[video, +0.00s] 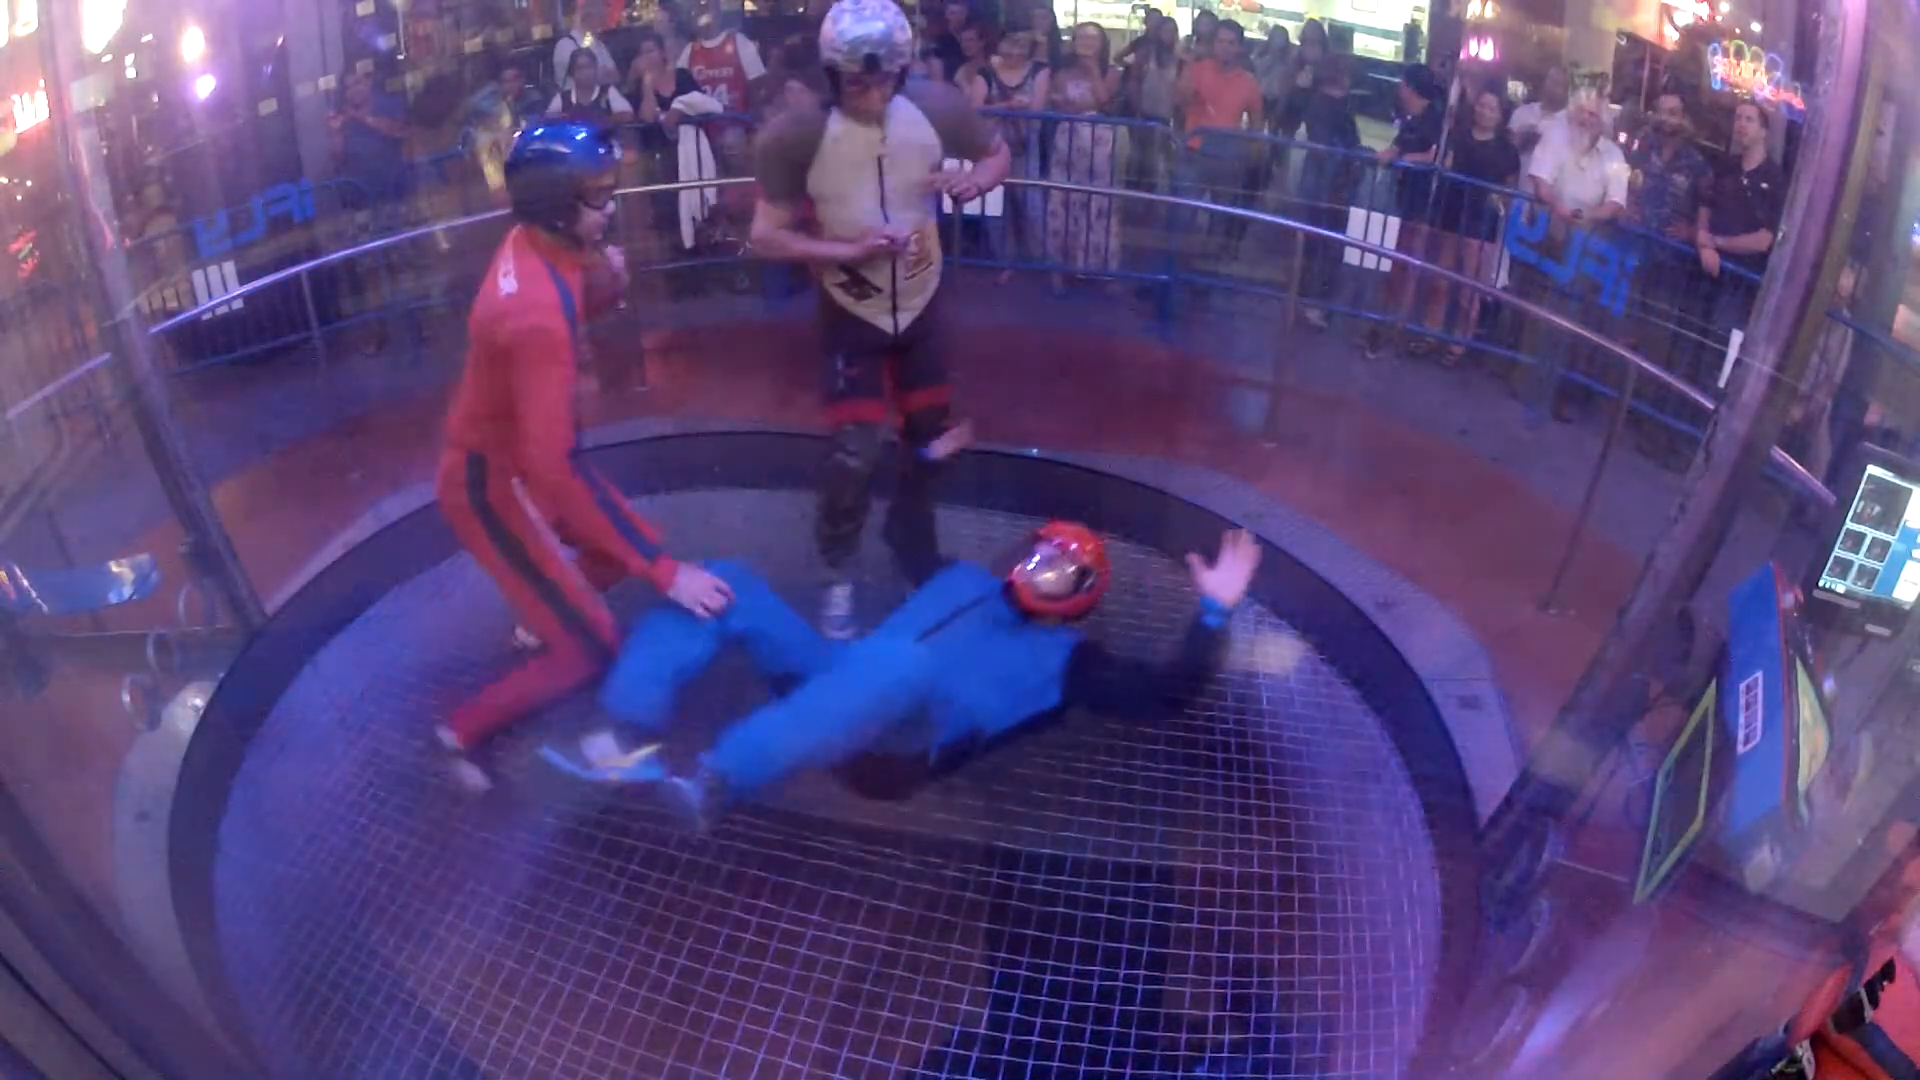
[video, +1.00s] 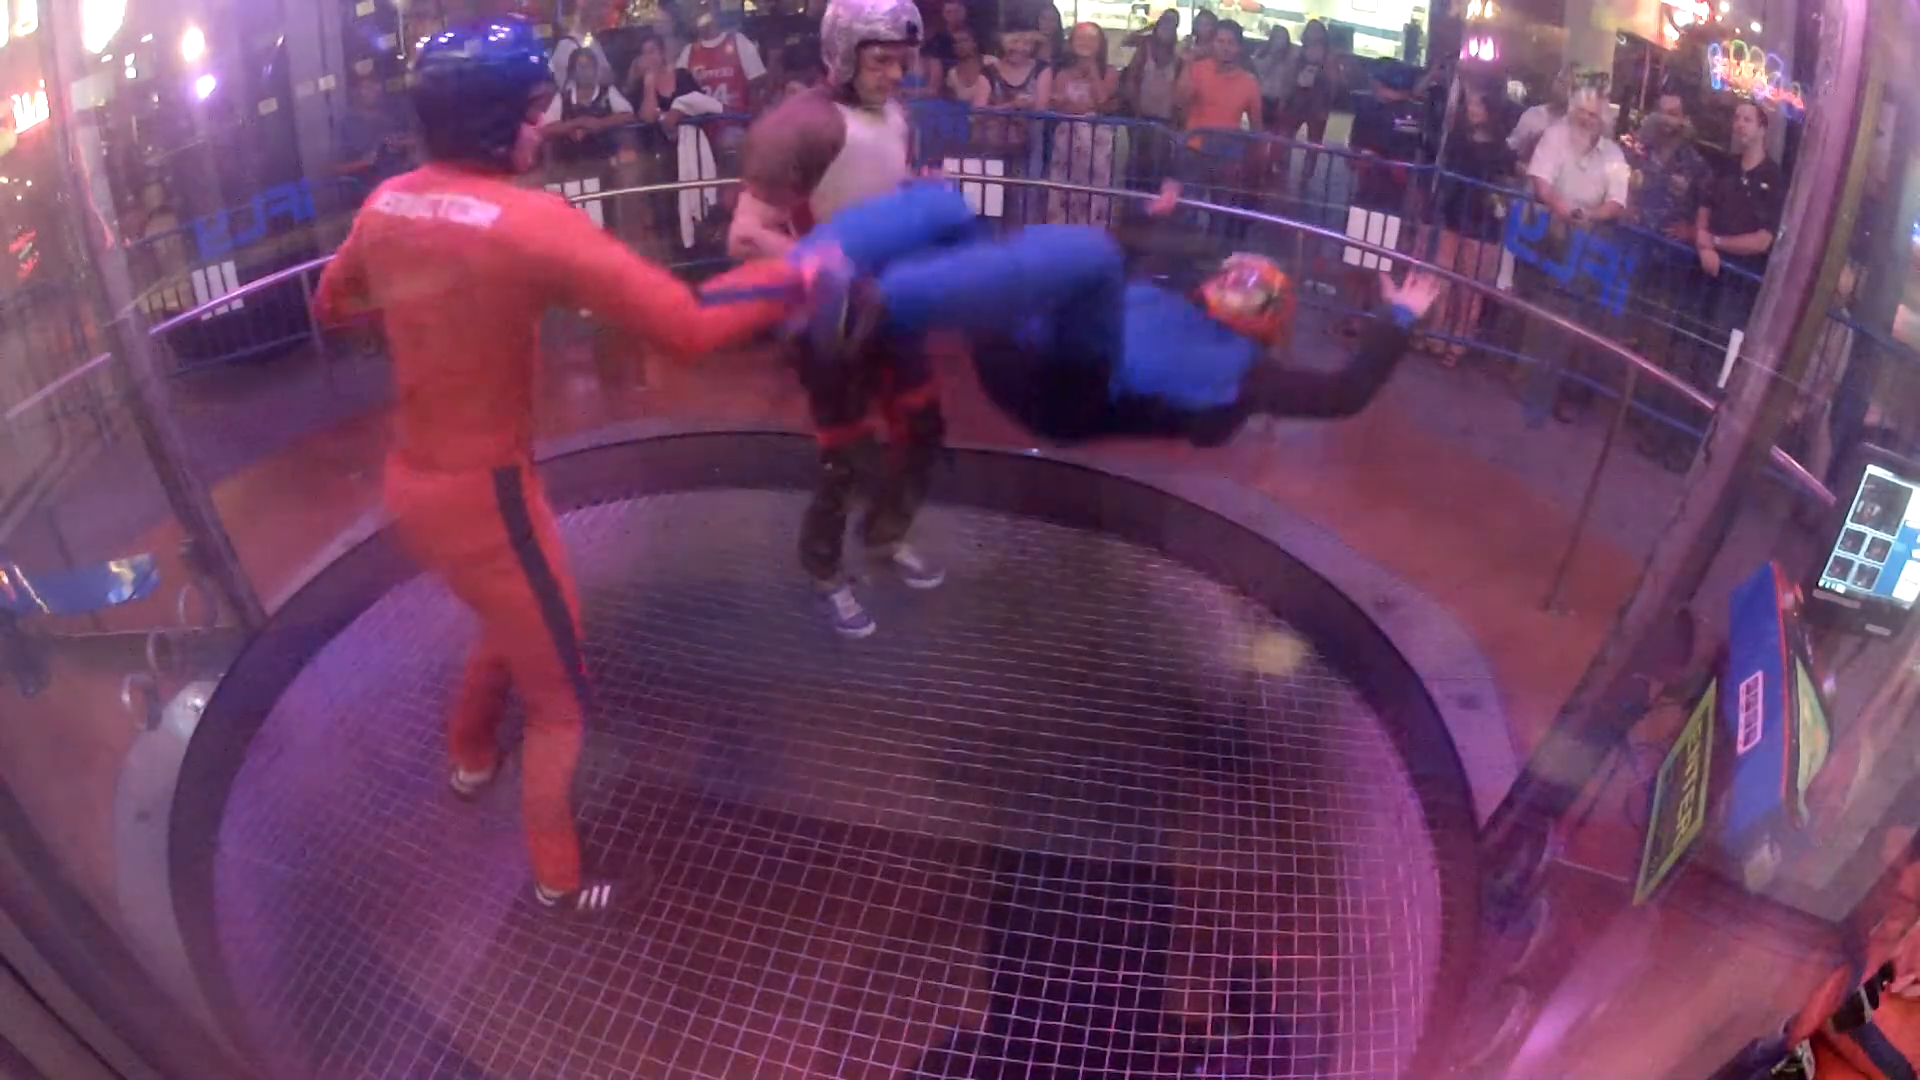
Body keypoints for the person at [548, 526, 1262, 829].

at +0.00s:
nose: (1043, 568)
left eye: (1064, 567)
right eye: (1041, 553)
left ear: (1083, 594)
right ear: (1020, 552)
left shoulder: (1072, 665)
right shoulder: (965, 583)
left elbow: (1170, 698)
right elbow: (906, 533)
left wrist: (1215, 610)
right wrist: (927, 461)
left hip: (896, 750)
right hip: (833, 698)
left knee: (903, 663)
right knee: (717, 584)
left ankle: (711, 783)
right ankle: (624, 732)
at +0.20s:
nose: (1091, 535)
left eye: (1111, 538)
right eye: (1086, 520)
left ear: (1121, 566)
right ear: (1060, 520)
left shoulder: (1101, 625)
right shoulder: (1000, 542)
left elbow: (1199, 657)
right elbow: (958, 489)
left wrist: (1256, 577)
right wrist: (988, 418)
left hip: (943, 684)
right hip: (882, 625)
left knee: (964, 648)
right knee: (787, 513)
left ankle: (780, 753)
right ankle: (687, 668)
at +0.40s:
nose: (1133, 492)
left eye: (1151, 496)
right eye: (1130, 480)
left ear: (1160, 527)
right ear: (1106, 482)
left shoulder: (1139, 590)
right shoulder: (1054, 504)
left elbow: (1248, 595)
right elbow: (1001, 470)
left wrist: (1292, 520)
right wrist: (1045, 399)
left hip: (964, 633)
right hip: (916, 566)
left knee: (1022, 535)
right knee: (835, 443)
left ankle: (822, 636)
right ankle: (703, 539)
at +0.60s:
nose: (1173, 426)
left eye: (1189, 433)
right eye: (1170, 419)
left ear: (1197, 465)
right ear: (1147, 427)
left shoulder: (1182, 520)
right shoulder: (1086, 458)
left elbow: (1277, 526)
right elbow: (1043, 422)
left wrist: (1322, 451)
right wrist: (1092, 362)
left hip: (1005, 562)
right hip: (947, 518)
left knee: (1023, 427)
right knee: (857, 377)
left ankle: (833, 490)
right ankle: (717, 476)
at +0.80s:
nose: (1206, 356)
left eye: (1226, 361)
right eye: (1204, 347)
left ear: (1240, 393)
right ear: (1183, 352)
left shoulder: (1219, 444)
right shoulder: (1133, 379)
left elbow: (1319, 452)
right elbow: (1073, 362)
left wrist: (1365, 380)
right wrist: (1119, 296)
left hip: (1052, 474)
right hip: (1008, 428)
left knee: (1054, 325)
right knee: (882, 309)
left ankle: (855, 402)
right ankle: (720, 386)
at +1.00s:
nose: (1238, 283)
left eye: (1257, 289)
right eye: (1236, 273)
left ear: (1268, 322)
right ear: (1214, 275)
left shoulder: (1246, 371)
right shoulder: (1168, 294)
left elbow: (1346, 396)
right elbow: (1114, 258)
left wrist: (1399, 321)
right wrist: (1152, 222)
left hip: (1067, 394)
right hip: (1024, 345)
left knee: (1090, 251)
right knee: (947, 204)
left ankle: (869, 310)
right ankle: (798, 271)